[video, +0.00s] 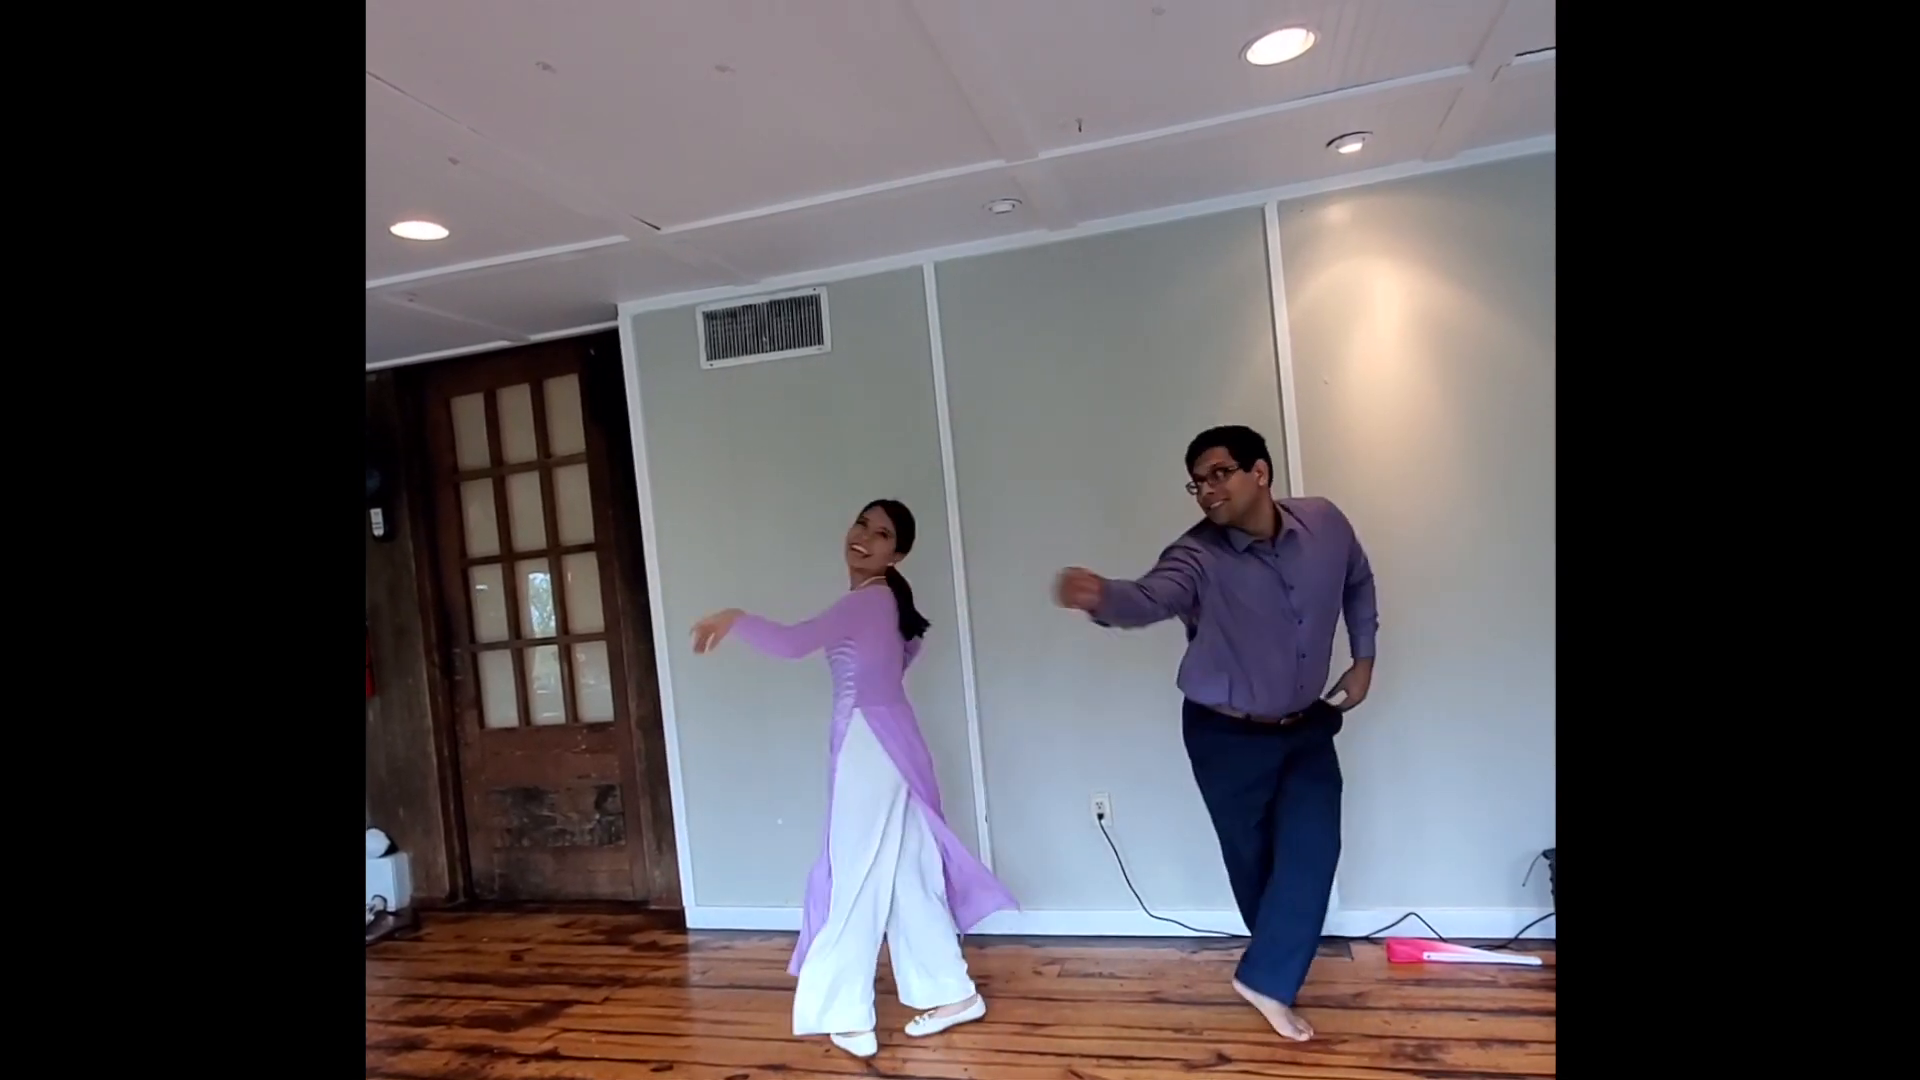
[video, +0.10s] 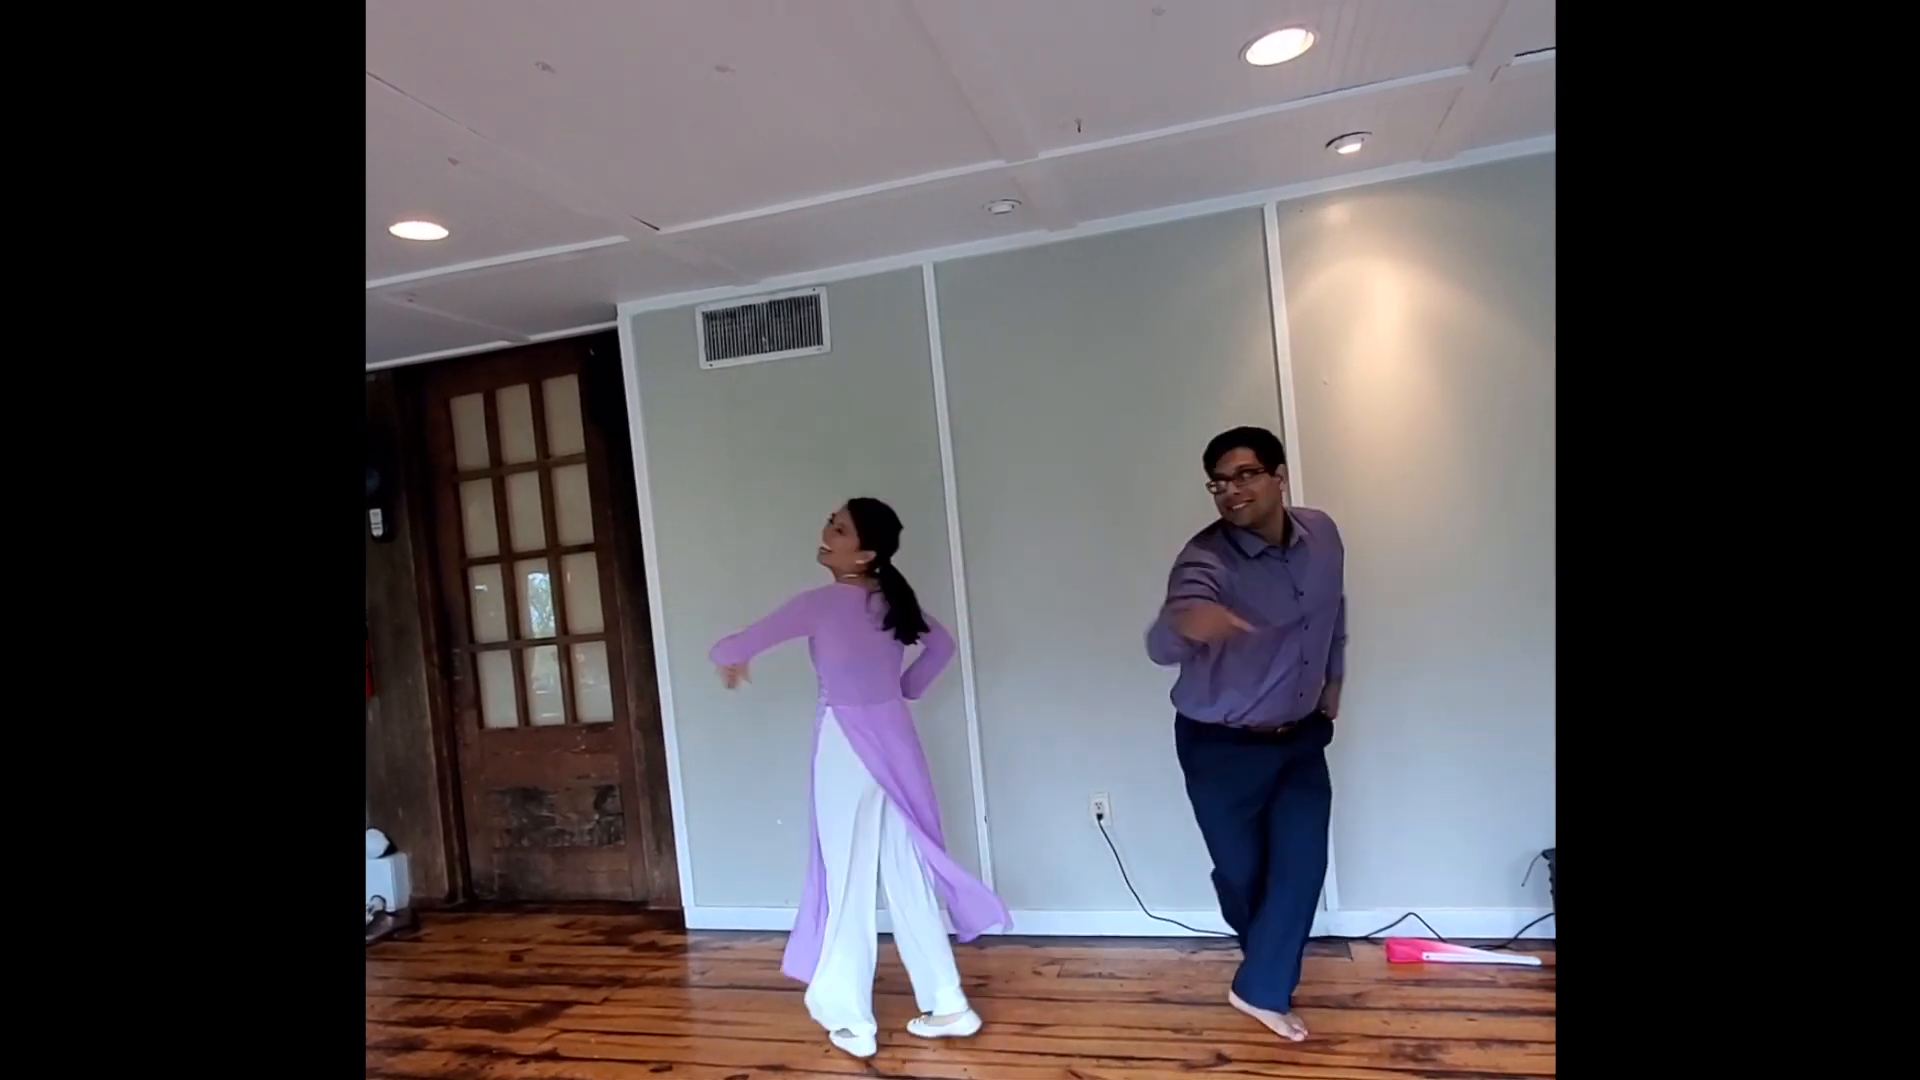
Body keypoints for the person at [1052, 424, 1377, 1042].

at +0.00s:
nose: (1206, 491)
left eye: (1217, 476)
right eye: (1197, 484)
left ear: (1260, 473)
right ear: (1197, 494)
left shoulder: (1322, 521)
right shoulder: (1199, 555)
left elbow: (1356, 581)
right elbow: (1152, 596)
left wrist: (1364, 658)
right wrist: (1103, 597)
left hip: (1305, 725)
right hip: (1226, 732)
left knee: (1313, 850)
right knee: (1252, 859)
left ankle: (1268, 979)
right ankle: (1281, 962)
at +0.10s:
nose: (1230, 491)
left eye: (1243, 476)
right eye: (1219, 482)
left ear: (1278, 479)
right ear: (1213, 492)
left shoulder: (1319, 533)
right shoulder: (1206, 558)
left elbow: (1333, 615)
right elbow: (1162, 644)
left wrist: (1331, 688)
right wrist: (1189, 624)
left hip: (1298, 735)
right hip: (1220, 743)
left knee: (1302, 866)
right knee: (1239, 873)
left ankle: (1261, 991)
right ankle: (1266, 959)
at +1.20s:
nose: (1128, 495)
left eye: (1142, 482)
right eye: (1125, 484)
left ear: (1187, 487)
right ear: (1133, 491)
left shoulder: (1242, 560)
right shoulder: (1146, 568)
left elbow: (1292, 651)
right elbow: (1137, 620)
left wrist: (1219, 731)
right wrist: (1058, 621)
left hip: (1249, 752)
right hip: (1187, 751)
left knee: (1202, 899)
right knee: (1164, 878)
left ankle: (1260, 1055)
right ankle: (1280, 967)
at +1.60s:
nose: (1107, 491)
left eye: (1122, 478)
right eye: (1103, 480)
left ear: (1162, 486)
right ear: (1102, 489)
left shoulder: (1226, 540)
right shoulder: (1092, 561)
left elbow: (1296, 605)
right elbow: (1014, 543)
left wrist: (1250, 682)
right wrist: (992, 471)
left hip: (1225, 738)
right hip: (1147, 745)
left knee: (1218, 869)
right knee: (1155, 873)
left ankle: (1233, 1009)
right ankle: (1197, 982)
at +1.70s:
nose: (1111, 497)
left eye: (1126, 486)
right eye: (1107, 488)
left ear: (1162, 496)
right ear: (1103, 501)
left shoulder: (1223, 549)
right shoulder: (1090, 572)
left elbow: (1292, 613)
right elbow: (1013, 551)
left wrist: (1247, 680)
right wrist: (989, 471)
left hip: (1225, 737)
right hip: (1145, 747)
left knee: (1241, 851)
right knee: (1141, 867)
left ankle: (1237, 932)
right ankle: (1199, 984)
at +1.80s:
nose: (1115, 491)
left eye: (1129, 480)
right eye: (1110, 482)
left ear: (1166, 491)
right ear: (1106, 494)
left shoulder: (1223, 544)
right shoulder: (1087, 560)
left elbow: (1290, 604)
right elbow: (1014, 525)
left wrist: (1253, 670)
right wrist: (969, 451)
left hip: (1230, 727)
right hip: (1146, 741)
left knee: (1275, 823)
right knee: (1148, 867)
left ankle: (1269, 930)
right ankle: (1200, 984)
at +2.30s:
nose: (1134, 480)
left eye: (1147, 467)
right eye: (1123, 475)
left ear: (1178, 478)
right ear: (1119, 496)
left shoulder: (1230, 542)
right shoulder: (1116, 562)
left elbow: (1281, 601)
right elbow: (1088, 533)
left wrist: (1295, 664)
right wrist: (1068, 464)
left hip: (1256, 732)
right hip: (1166, 748)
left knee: (1327, 847)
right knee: (1167, 877)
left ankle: (1361, 987)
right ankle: (1201, 985)